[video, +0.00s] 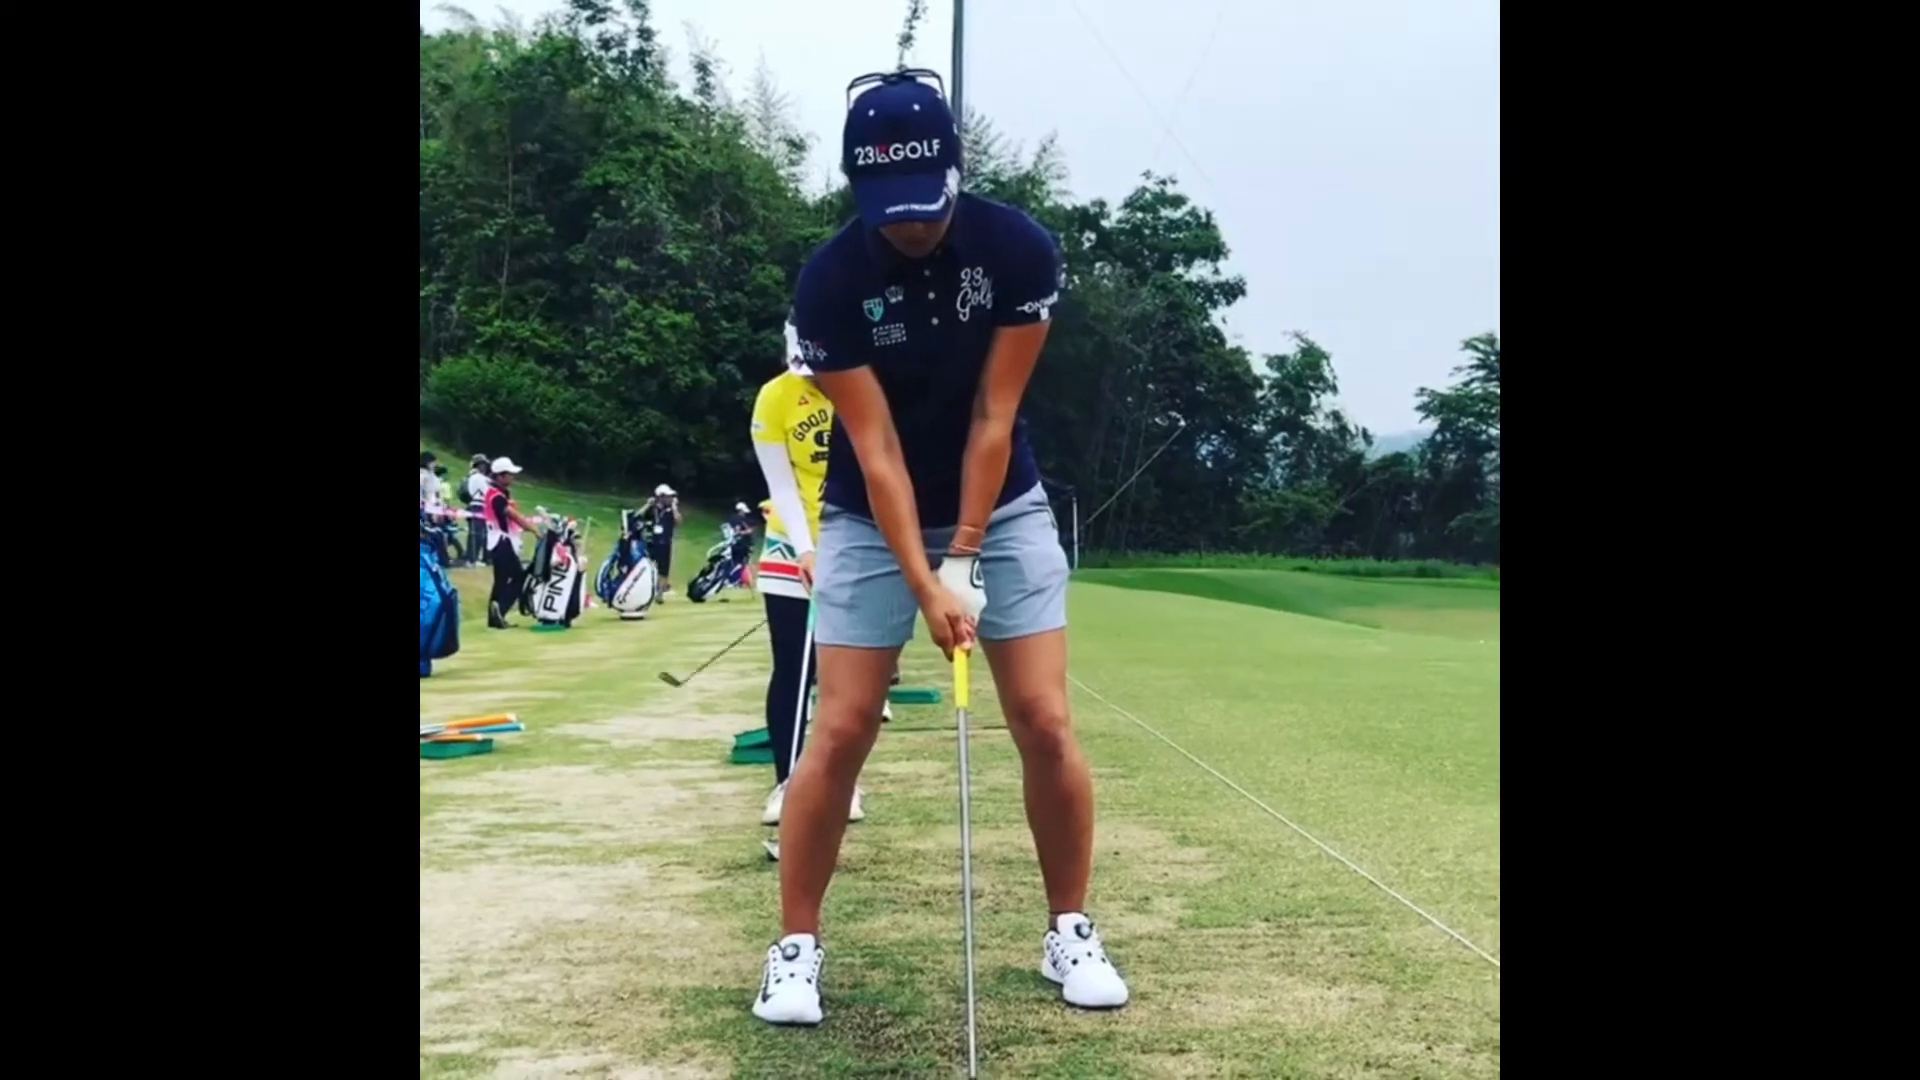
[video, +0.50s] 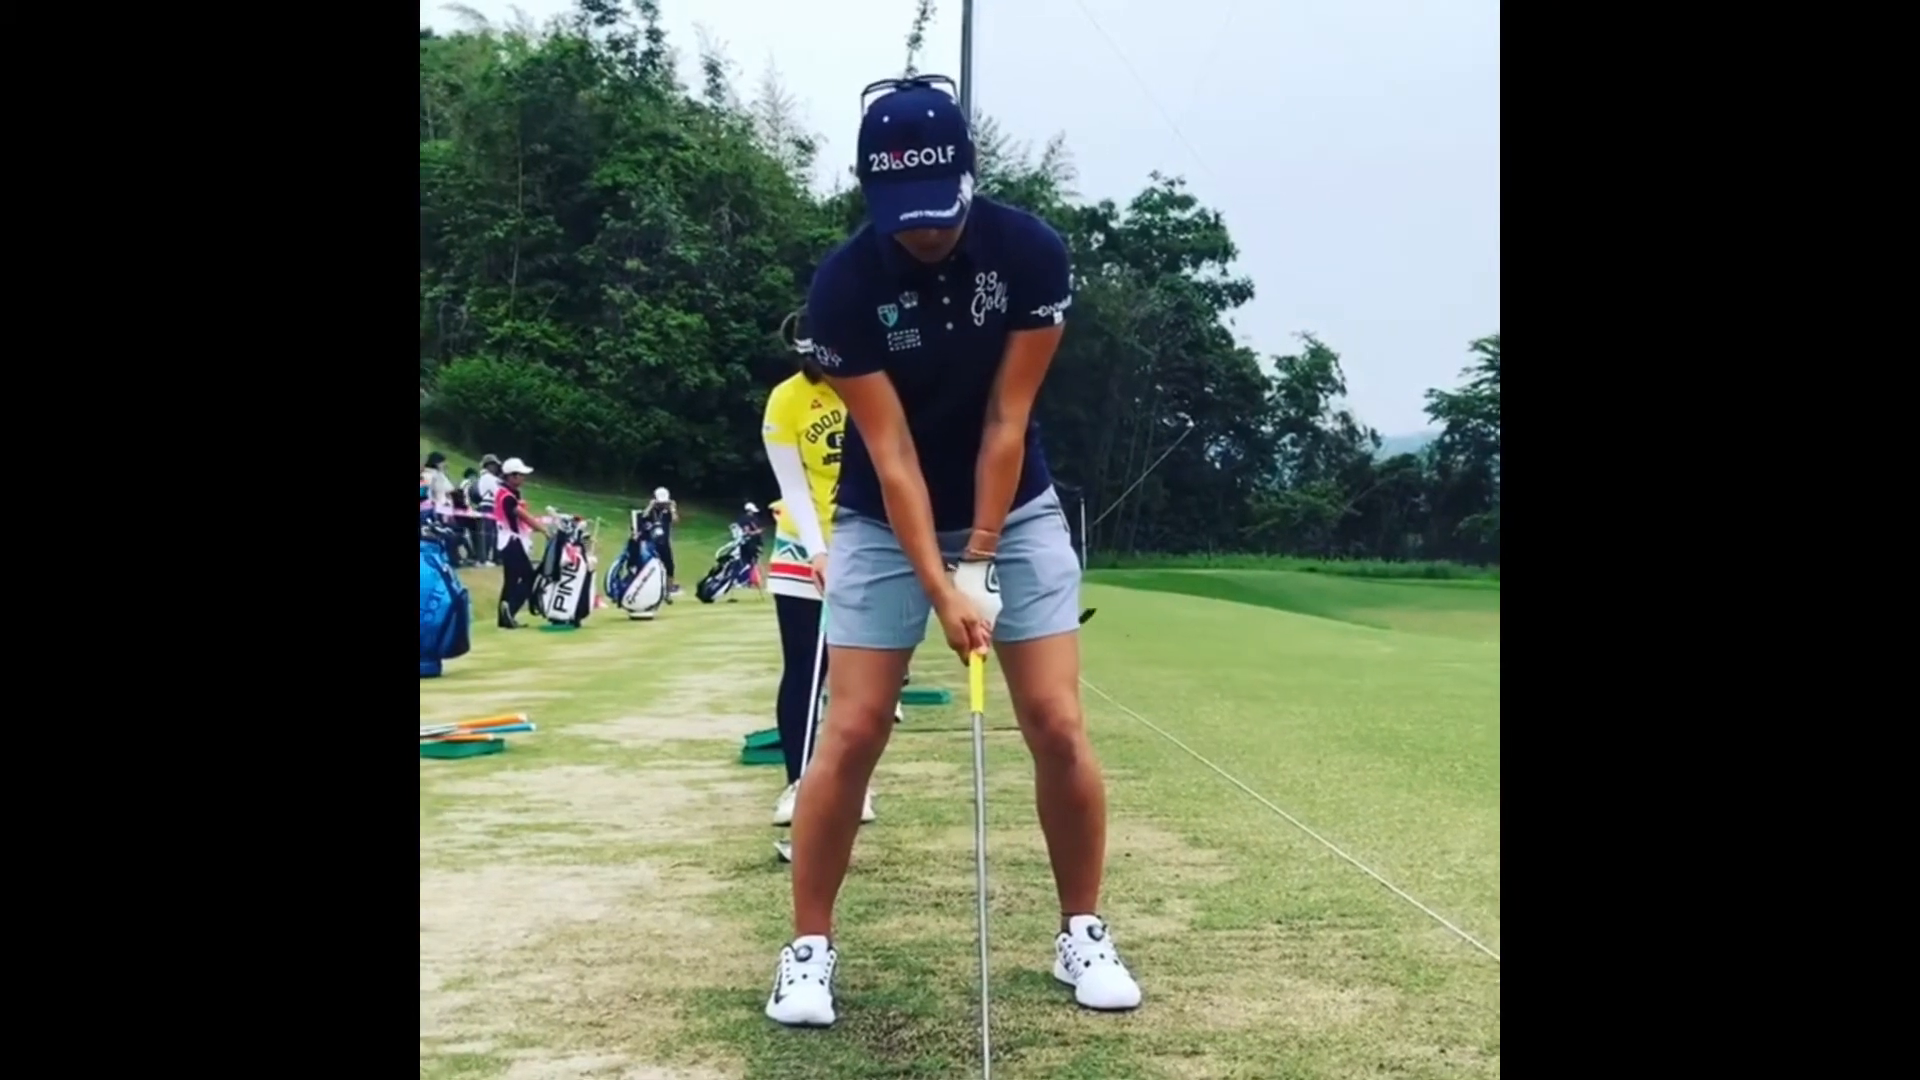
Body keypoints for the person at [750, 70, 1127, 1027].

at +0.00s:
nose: (913, 221)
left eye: (929, 200)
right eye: (893, 204)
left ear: (956, 170)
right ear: (861, 183)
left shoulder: (1017, 250)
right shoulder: (828, 283)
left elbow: (995, 415)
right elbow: (876, 452)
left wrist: (965, 555)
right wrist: (924, 582)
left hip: (1000, 504)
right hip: (869, 512)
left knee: (1046, 724)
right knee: (843, 727)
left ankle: (1071, 931)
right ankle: (796, 945)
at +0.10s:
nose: (915, 221)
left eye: (930, 200)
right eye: (894, 204)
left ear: (958, 171)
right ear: (862, 183)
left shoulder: (1018, 250)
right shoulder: (829, 284)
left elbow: (997, 414)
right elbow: (877, 451)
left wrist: (966, 554)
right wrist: (926, 581)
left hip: (1002, 503)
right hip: (871, 511)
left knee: (1047, 722)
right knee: (844, 727)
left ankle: (1072, 930)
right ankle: (799, 943)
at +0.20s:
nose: (918, 221)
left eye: (933, 200)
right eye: (897, 205)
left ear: (960, 171)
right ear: (865, 183)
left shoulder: (1020, 250)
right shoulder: (831, 284)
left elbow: (999, 415)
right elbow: (880, 452)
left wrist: (968, 554)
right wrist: (928, 581)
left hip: (1004, 502)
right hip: (873, 510)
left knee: (1049, 723)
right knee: (847, 726)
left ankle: (1075, 930)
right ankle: (801, 943)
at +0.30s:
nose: (922, 223)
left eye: (937, 202)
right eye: (901, 206)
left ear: (963, 171)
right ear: (868, 184)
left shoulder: (1023, 250)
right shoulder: (834, 284)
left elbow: (1003, 416)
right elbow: (883, 453)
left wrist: (972, 555)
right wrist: (932, 582)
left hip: (1007, 504)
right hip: (876, 512)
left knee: (1052, 723)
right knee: (850, 727)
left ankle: (1078, 931)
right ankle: (804, 944)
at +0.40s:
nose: (925, 226)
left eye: (940, 204)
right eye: (905, 209)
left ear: (967, 174)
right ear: (872, 186)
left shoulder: (1026, 251)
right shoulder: (837, 286)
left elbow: (1006, 416)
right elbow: (887, 455)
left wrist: (976, 556)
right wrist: (935, 583)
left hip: (1010, 505)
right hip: (879, 514)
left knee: (1055, 724)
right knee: (852, 728)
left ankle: (1081, 931)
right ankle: (807, 945)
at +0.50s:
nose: (928, 228)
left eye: (943, 207)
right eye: (908, 211)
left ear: (970, 176)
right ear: (875, 188)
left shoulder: (1029, 253)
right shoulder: (841, 286)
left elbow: (1009, 417)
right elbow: (891, 456)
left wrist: (980, 558)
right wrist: (939, 585)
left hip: (1012, 505)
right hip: (882, 513)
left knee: (1058, 725)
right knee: (855, 729)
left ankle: (1083, 933)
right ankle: (809, 946)